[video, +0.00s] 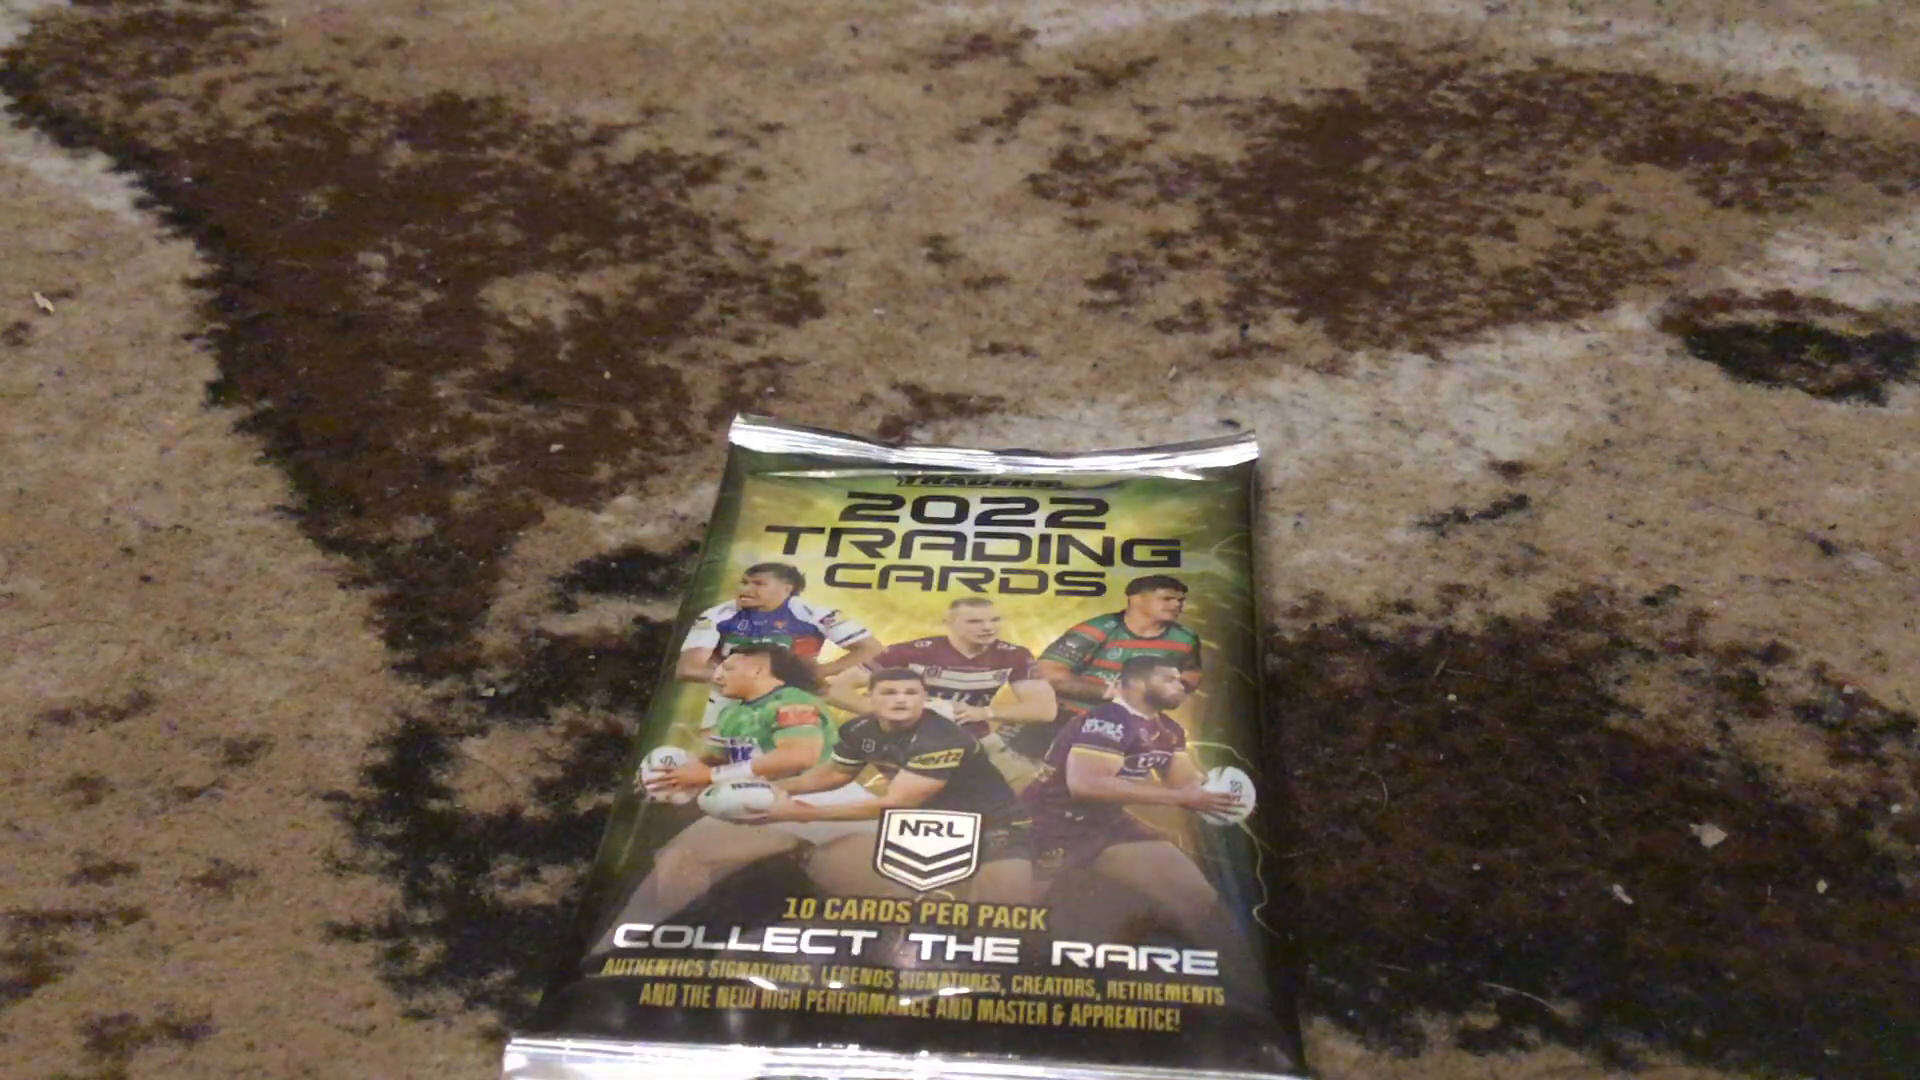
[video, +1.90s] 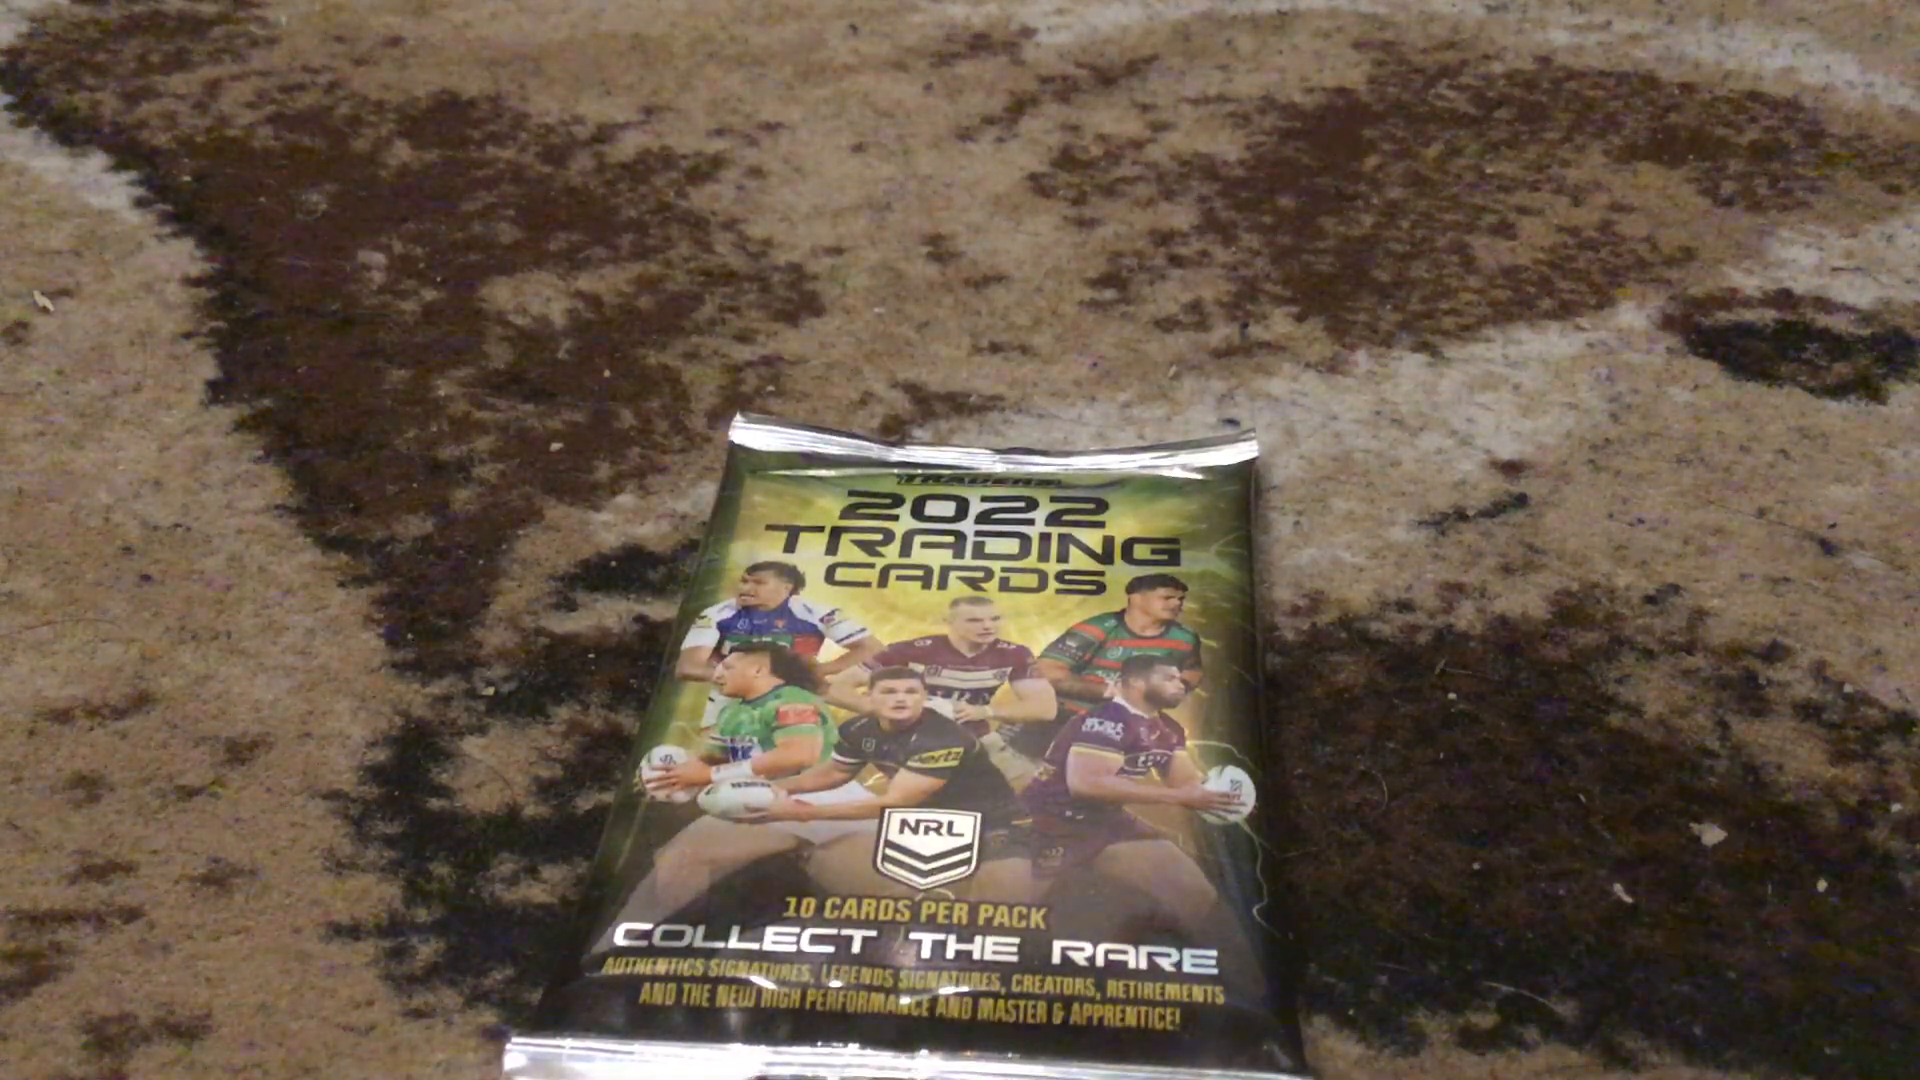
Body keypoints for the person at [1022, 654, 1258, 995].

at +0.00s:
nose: (1180, 684)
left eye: (1178, 679)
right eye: (1169, 678)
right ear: (1135, 682)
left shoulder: (1168, 732)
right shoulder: (1105, 720)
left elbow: (1187, 784)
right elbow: (1084, 782)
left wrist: (1228, 800)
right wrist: (1180, 796)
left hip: (1103, 827)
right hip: (1044, 828)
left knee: (1198, 900)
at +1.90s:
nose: (1180, 683)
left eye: (1178, 678)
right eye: (1169, 677)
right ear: (1134, 681)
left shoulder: (1168, 732)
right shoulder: (1106, 719)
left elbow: (1188, 784)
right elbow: (1085, 781)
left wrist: (1225, 798)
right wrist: (1180, 796)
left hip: (1106, 825)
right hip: (1047, 825)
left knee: (1196, 897)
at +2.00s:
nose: (1180, 683)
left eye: (1178, 677)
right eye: (1169, 677)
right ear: (1134, 681)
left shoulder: (1170, 731)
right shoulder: (1107, 719)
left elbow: (1188, 784)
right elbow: (1084, 780)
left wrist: (1220, 798)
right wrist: (1182, 796)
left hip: (1109, 822)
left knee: (1195, 896)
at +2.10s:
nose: (1181, 683)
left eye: (1178, 677)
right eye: (1169, 677)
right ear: (1134, 682)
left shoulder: (1169, 731)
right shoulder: (1107, 718)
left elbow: (1186, 783)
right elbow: (1084, 780)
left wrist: (1221, 797)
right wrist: (1182, 796)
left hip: (1106, 820)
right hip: (1058, 819)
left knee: (1194, 895)